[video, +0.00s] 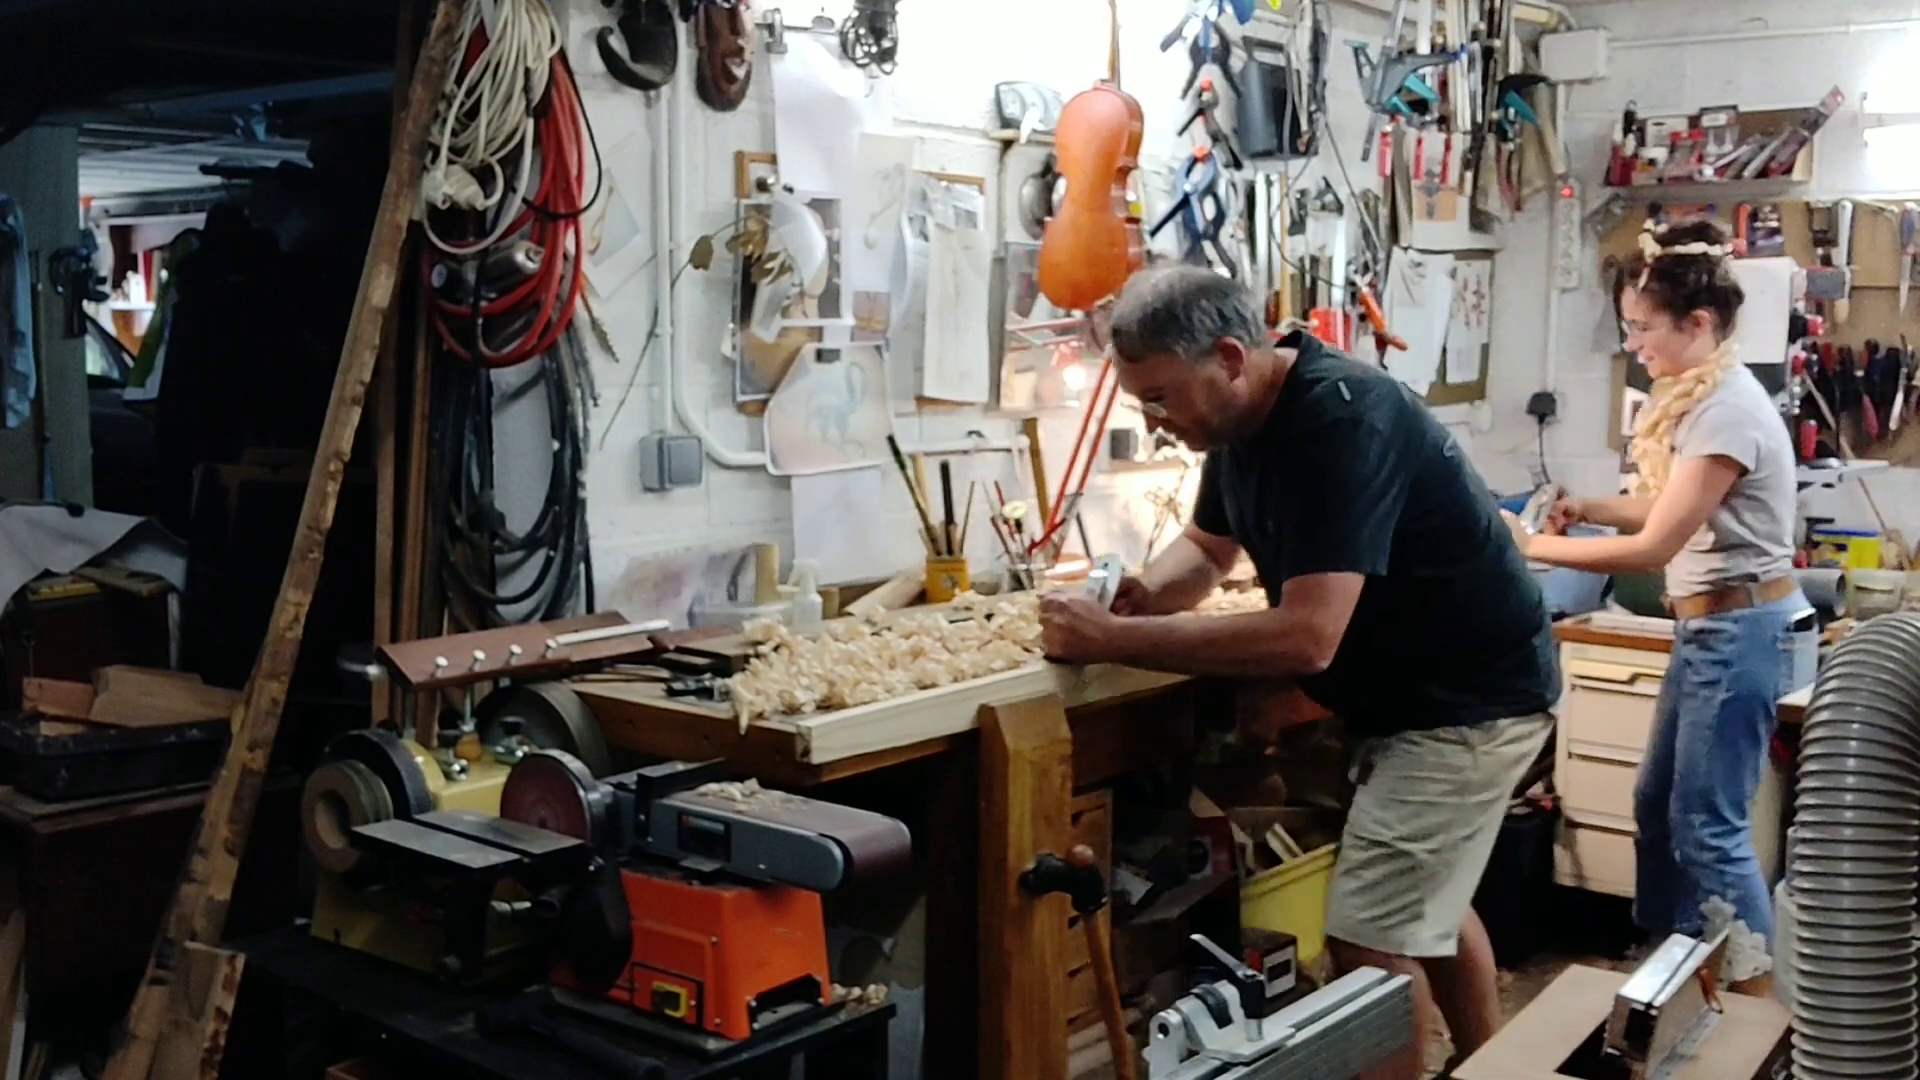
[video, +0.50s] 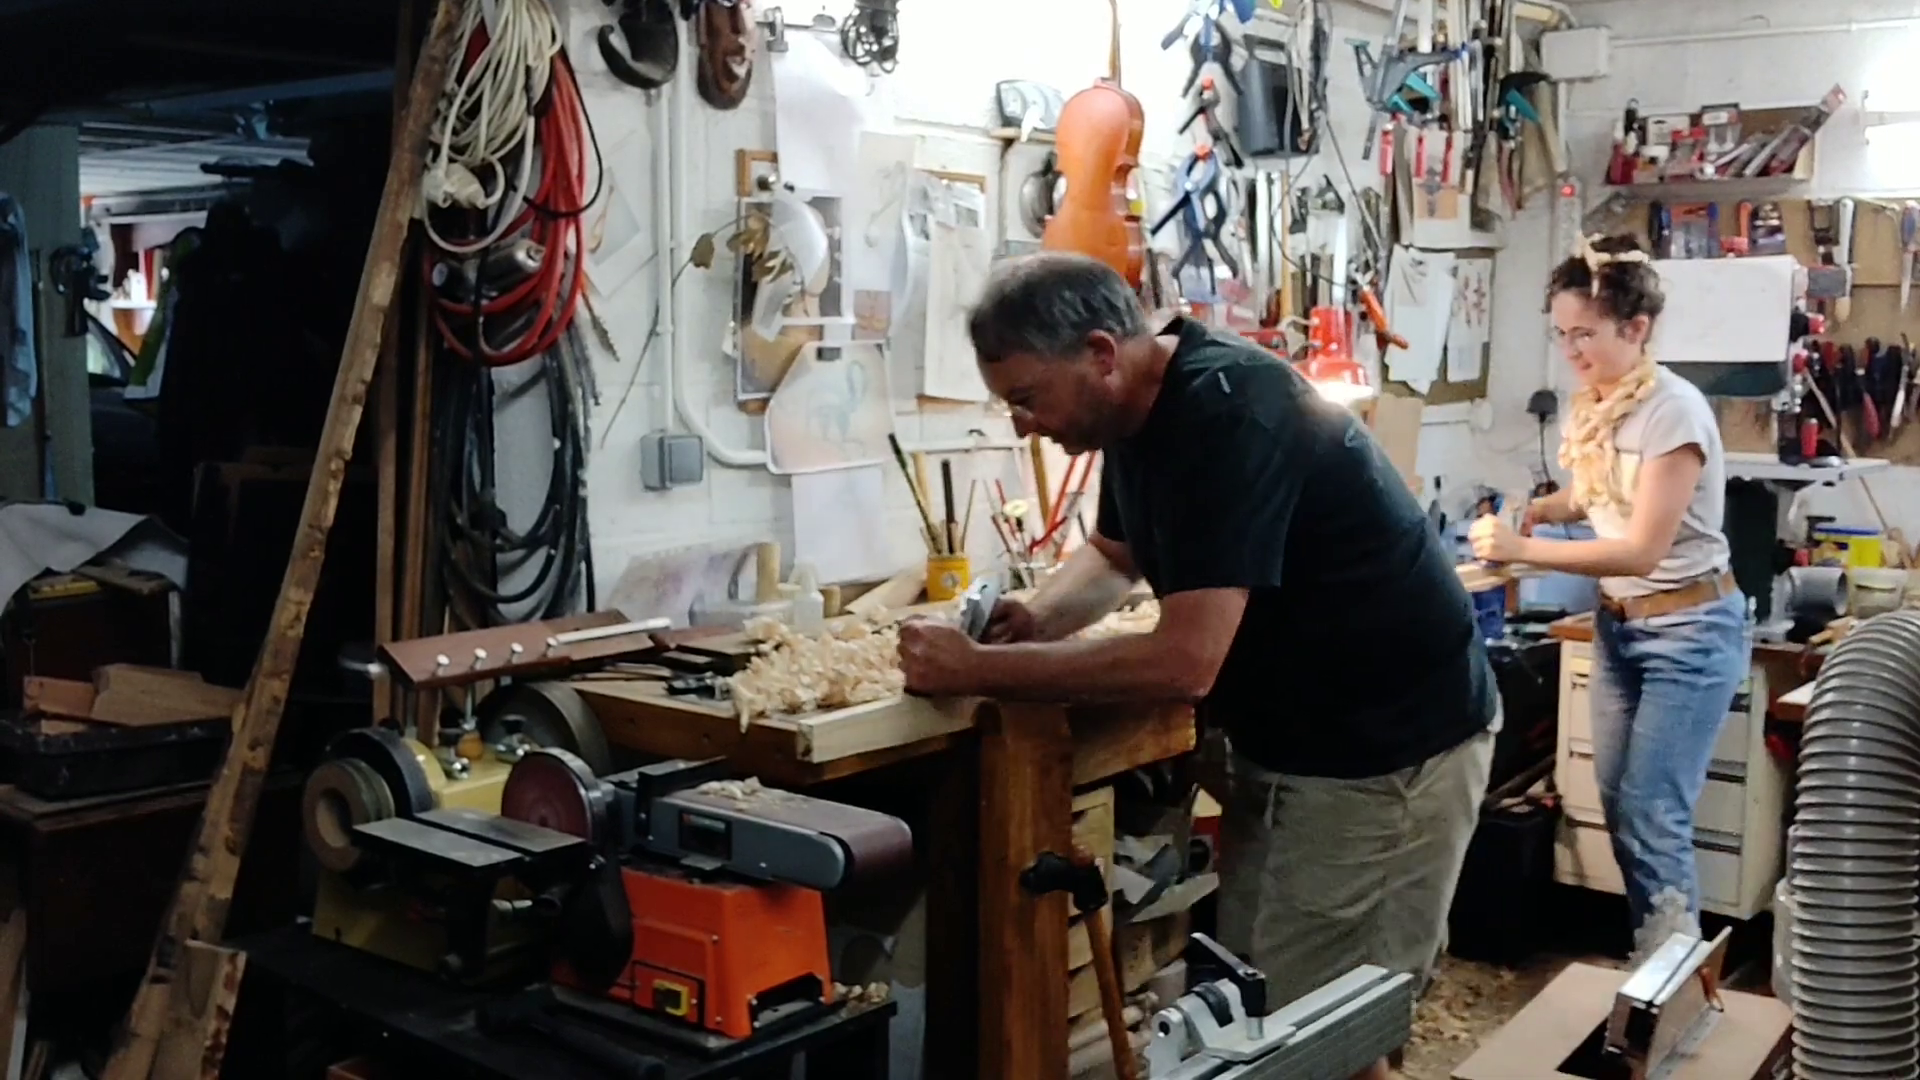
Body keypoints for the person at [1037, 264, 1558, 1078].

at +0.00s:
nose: (1154, 421)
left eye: (1160, 399)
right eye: (1143, 403)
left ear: (1229, 358)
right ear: (1225, 357)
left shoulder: (1345, 417)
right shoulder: (1244, 420)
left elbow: (1308, 636)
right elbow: (1207, 547)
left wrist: (1116, 638)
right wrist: (1146, 598)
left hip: (1475, 698)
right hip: (1400, 695)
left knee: (1367, 940)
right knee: (1434, 902)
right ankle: (1485, 1062)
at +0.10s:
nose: (1135, 420)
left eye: (1140, 397)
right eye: (1123, 401)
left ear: (1211, 358)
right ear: (1208, 355)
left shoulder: (1328, 419)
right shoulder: (1226, 418)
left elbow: (1280, 642)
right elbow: (1186, 551)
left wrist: (1085, 647)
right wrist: (1123, 599)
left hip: (1447, 712)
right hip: (1381, 706)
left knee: (1321, 949)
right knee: (1433, 909)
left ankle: (1365, 1072)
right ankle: (1490, 1063)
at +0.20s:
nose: (1102, 415)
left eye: (1110, 395)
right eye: (1092, 396)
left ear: (1183, 357)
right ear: (1180, 355)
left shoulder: (1297, 417)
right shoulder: (1205, 412)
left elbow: (1252, 650)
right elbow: (1168, 551)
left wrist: (1052, 654)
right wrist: (1105, 602)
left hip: (1437, 715)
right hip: (1357, 711)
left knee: (1307, 959)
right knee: (1399, 904)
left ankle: (1372, 1069)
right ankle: (1476, 1063)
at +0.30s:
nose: (1073, 420)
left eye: (1080, 394)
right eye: (1062, 401)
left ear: (1153, 353)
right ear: (1152, 354)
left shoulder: (1272, 413)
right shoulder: (1180, 415)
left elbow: (1225, 655)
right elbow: (1145, 558)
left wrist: (1020, 661)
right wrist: (1073, 613)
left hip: (1415, 730)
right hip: (1329, 726)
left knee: (1305, 975)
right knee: (1351, 952)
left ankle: (1422, 1063)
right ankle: (1437, 1065)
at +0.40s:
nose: (1043, 421)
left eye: (1048, 396)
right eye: (1033, 403)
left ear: (1123, 355)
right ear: (1124, 355)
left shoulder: (1248, 414)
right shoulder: (1158, 411)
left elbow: (1203, 663)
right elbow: (1137, 552)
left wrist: (998, 666)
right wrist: (1059, 614)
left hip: (1398, 743)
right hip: (1297, 732)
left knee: (1331, 1028)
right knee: (1260, 996)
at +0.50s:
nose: (1021, 425)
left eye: (1026, 397)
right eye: (1010, 405)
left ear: (1101, 354)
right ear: (1102, 353)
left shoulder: (1230, 411)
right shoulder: (1137, 408)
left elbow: (1185, 663)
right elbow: (1115, 553)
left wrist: (975, 669)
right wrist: (1037, 616)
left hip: (1383, 752)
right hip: (1283, 741)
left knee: (1326, 1033)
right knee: (1242, 1009)